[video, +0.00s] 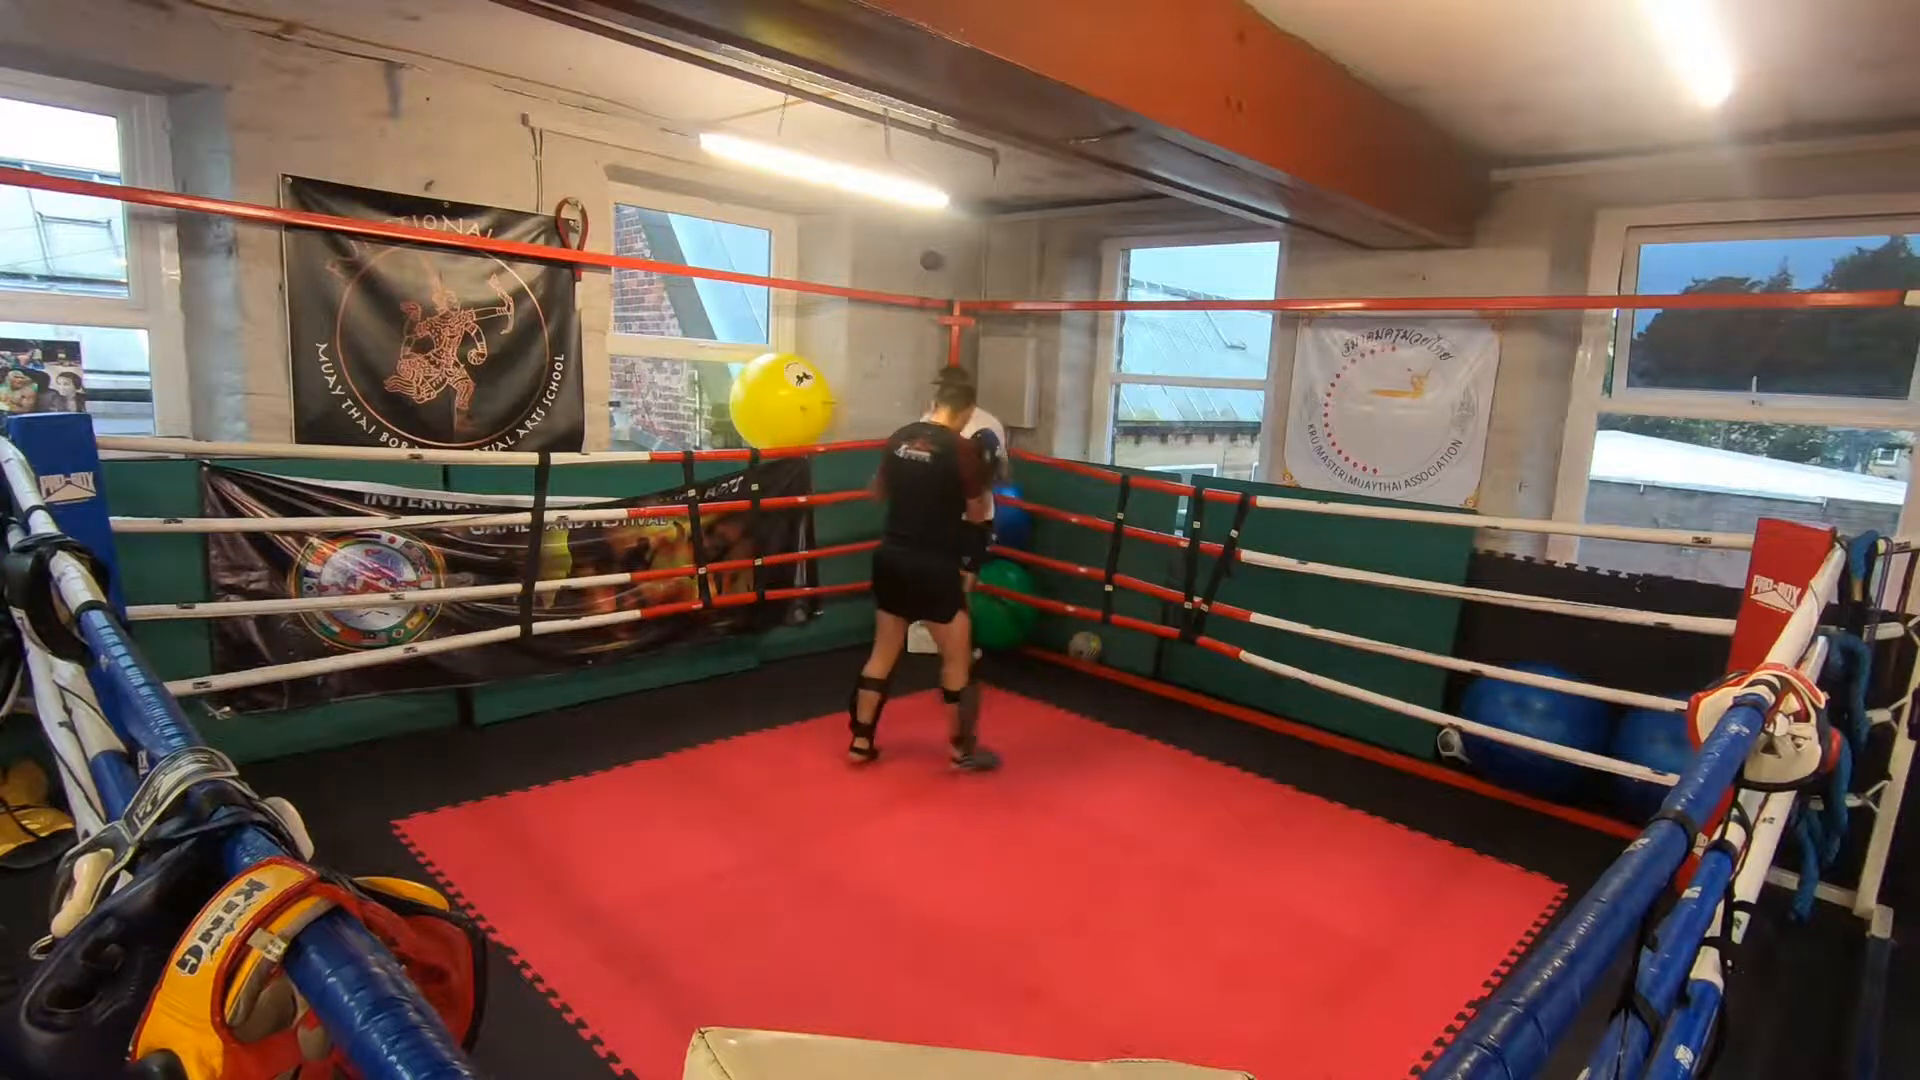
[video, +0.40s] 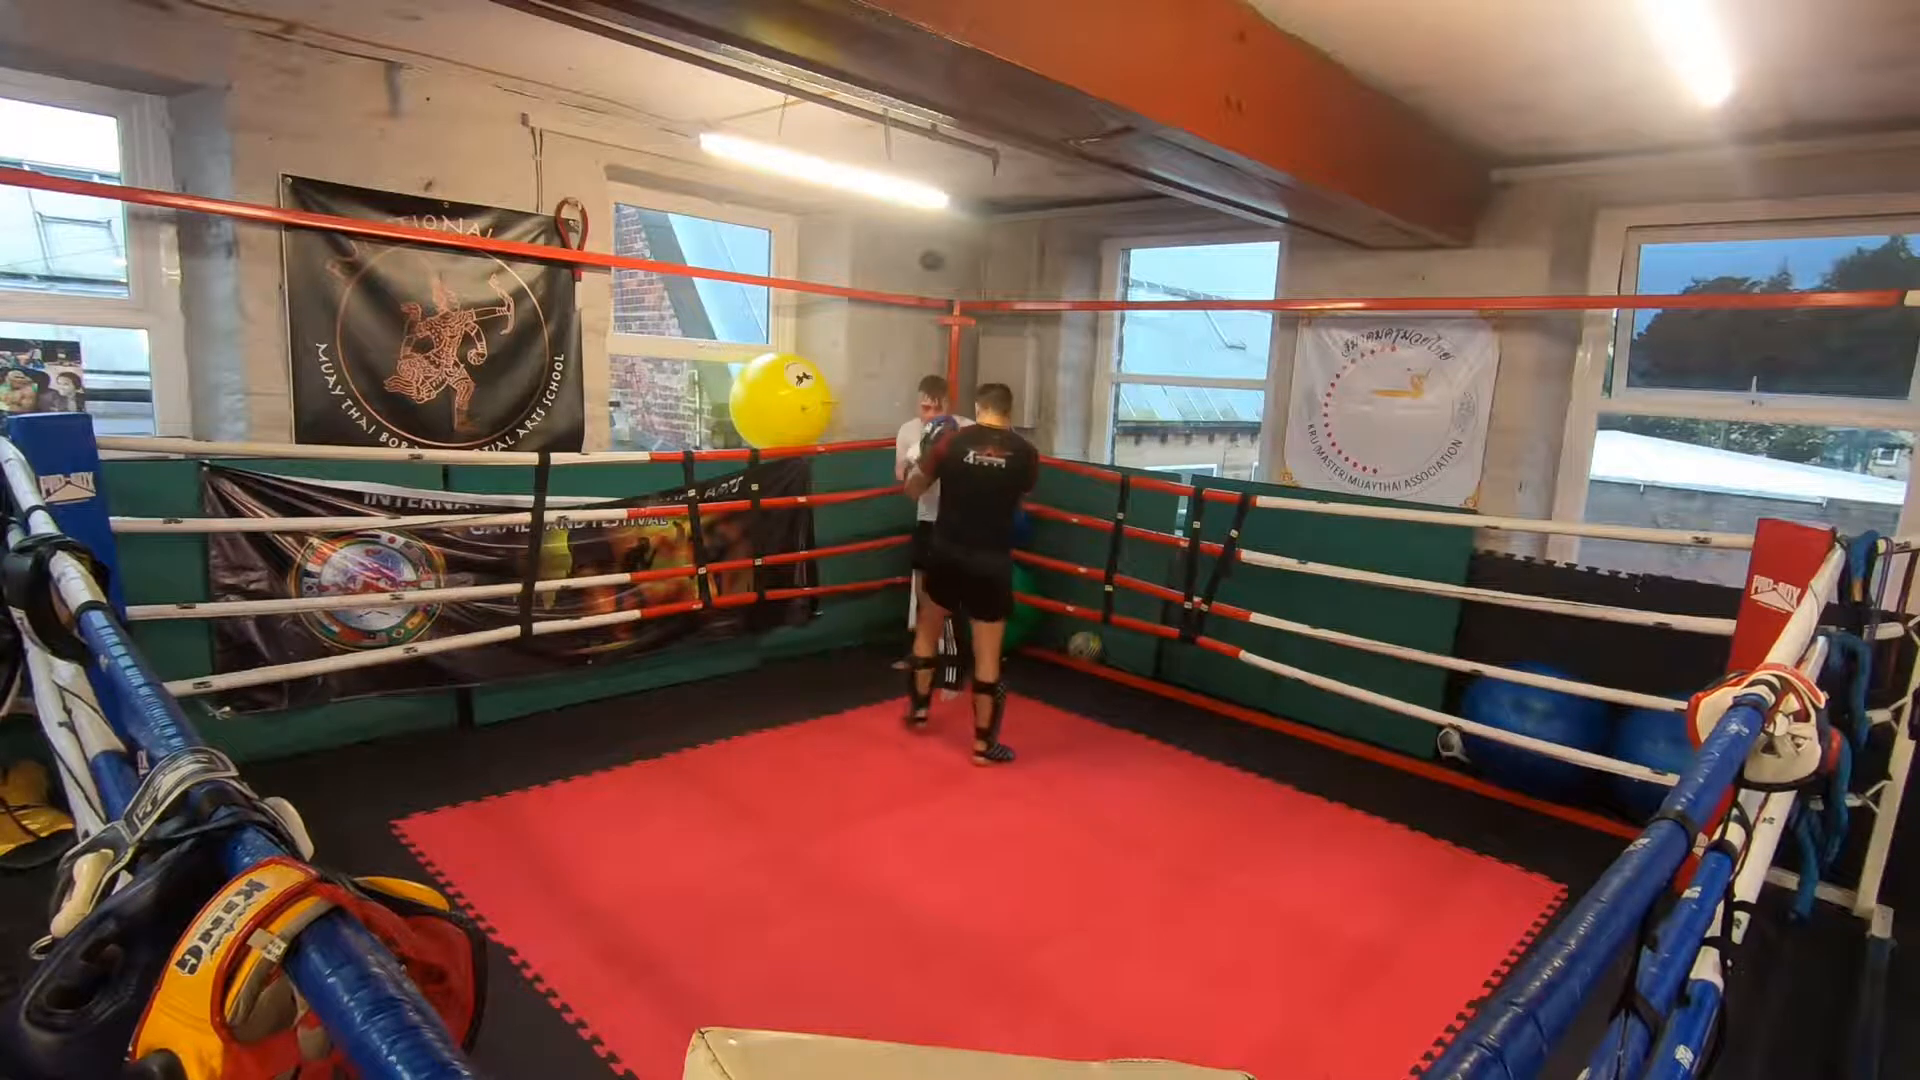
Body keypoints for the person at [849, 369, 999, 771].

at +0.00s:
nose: (963, 416)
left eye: (955, 408)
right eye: (966, 411)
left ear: (934, 402)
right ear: (968, 410)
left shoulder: (902, 436)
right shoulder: (963, 450)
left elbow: (879, 491)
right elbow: (978, 512)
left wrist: (919, 486)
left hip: (891, 560)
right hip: (937, 567)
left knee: (884, 650)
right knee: (955, 657)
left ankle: (860, 741)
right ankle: (963, 747)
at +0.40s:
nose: (980, 415)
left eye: (978, 408)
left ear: (977, 408)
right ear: (1011, 413)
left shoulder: (952, 442)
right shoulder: (1025, 453)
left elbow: (915, 487)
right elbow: (1023, 493)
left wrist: (914, 466)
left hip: (947, 556)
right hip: (992, 563)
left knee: (928, 631)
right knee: (988, 655)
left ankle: (919, 709)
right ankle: (984, 743)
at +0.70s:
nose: (962, 422)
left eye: (959, 415)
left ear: (959, 416)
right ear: (991, 417)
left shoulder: (941, 450)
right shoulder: (1011, 452)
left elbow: (932, 485)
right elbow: (999, 483)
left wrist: (948, 438)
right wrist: (972, 436)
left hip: (947, 556)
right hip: (991, 559)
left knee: (941, 634)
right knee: (996, 650)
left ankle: (937, 701)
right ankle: (985, 738)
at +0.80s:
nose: (960, 418)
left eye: (957, 411)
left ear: (956, 413)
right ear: (987, 413)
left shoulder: (938, 446)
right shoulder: (1006, 447)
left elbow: (932, 473)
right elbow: (1012, 470)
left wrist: (946, 430)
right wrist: (977, 431)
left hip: (946, 550)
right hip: (988, 553)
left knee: (942, 629)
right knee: (1002, 640)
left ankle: (937, 699)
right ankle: (990, 721)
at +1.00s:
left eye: (963, 413)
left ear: (959, 414)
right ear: (993, 416)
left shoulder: (940, 441)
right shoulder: (1007, 443)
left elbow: (938, 477)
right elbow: (1009, 461)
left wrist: (964, 433)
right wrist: (982, 431)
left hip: (950, 548)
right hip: (992, 550)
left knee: (943, 629)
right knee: (1002, 639)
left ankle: (937, 702)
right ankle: (1005, 722)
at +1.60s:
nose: (987, 417)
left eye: (983, 410)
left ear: (981, 410)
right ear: (1013, 415)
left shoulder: (956, 438)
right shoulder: (1023, 453)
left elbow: (901, 455)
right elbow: (1027, 503)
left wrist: (900, 434)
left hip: (947, 547)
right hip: (990, 554)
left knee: (943, 625)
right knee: (999, 638)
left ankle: (936, 701)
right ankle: (989, 726)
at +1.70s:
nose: (953, 414)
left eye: (969, 409)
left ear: (979, 412)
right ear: (1012, 416)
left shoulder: (955, 443)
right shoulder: (1028, 456)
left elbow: (913, 480)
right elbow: (1028, 505)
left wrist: (892, 471)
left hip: (953, 556)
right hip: (996, 562)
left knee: (945, 631)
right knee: (993, 648)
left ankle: (936, 701)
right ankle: (985, 732)